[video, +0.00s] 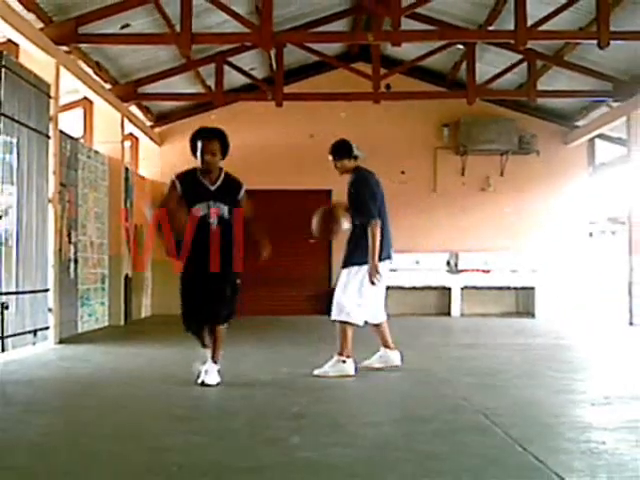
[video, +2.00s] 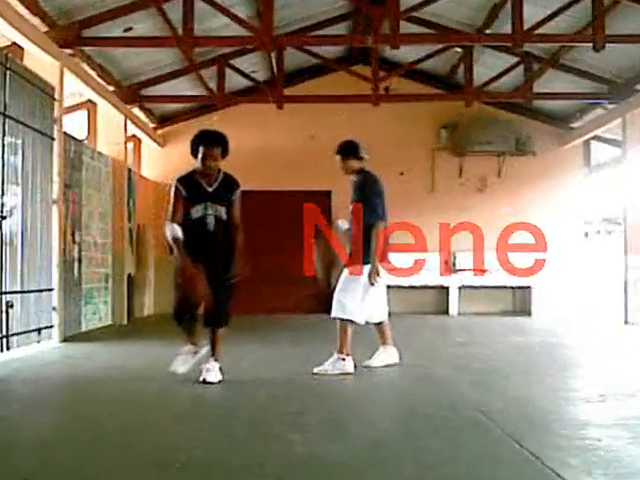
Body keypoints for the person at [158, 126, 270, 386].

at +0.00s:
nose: (209, 157)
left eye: (214, 152)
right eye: (205, 152)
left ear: (223, 154)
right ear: (198, 154)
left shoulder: (235, 186)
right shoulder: (183, 182)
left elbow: (249, 219)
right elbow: (167, 211)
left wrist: (263, 241)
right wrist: (172, 240)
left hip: (225, 262)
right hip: (194, 261)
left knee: (218, 316)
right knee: (193, 317)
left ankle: (215, 363)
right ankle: (208, 351)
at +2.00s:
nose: (212, 163)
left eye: (217, 157)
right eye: (208, 157)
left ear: (223, 157)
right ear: (198, 156)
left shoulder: (230, 185)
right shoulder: (184, 184)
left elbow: (236, 225)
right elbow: (174, 223)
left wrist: (239, 257)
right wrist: (179, 251)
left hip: (221, 254)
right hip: (192, 253)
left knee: (218, 307)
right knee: (186, 303)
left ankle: (214, 359)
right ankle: (192, 345)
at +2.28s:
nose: (207, 174)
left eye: (211, 169)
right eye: (203, 169)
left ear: (218, 166)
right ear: (196, 166)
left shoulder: (228, 188)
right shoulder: (186, 187)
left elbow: (244, 214)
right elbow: (170, 217)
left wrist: (257, 231)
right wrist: (168, 242)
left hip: (220, 256)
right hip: (191, 256)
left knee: (223, 303)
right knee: (187, 304)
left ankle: (225, 347)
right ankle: (187, 348)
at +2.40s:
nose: (191, 176)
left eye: (195, 171)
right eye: (187, 172)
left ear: (204, 168)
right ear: (182, 169)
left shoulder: (218, 186)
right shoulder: (175, 189)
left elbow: (237, 205)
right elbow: (155, 218)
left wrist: (254, 200)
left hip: (206, 252)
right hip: (180, 252)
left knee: (202, 300)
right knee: (178, 302)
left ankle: (214, 339)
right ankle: (185, 348)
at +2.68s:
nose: (182, 176)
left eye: (186, 171)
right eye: (178, 171)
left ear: (196, 167)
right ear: (174, 168)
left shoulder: (209, 188)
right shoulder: (164, 186)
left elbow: (220, 219)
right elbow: (149, 223)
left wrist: (229, 205)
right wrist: (148, 257)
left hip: (197, 254)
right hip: (170, 254)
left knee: (193, 303)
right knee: (174, 303)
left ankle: (190, 350)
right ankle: (183, 347)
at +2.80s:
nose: (181, 175)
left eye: (185, 171)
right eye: (177, 170)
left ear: (195, 167)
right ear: (173, 167)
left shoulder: (205, 190)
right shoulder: (161, 187)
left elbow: (208, 224)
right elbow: (152, 226)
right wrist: (155, 258)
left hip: (196, 253)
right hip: (169, 255)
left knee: (194, 302)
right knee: (174, 303)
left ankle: (189, 350)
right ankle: (183, 347)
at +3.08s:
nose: (169, 174)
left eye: (173, 170)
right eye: (166, 169)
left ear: (184, 167)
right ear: (160, 166)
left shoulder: (194, 190)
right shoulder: (151, 187)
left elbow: (204, 229)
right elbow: (138, 218)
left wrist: (178, 249)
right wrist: (124, 237)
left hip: (191, 252)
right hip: (162, 252)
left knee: (190, 305)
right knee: (157, 304)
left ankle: (188, 352)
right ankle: (160, 345)